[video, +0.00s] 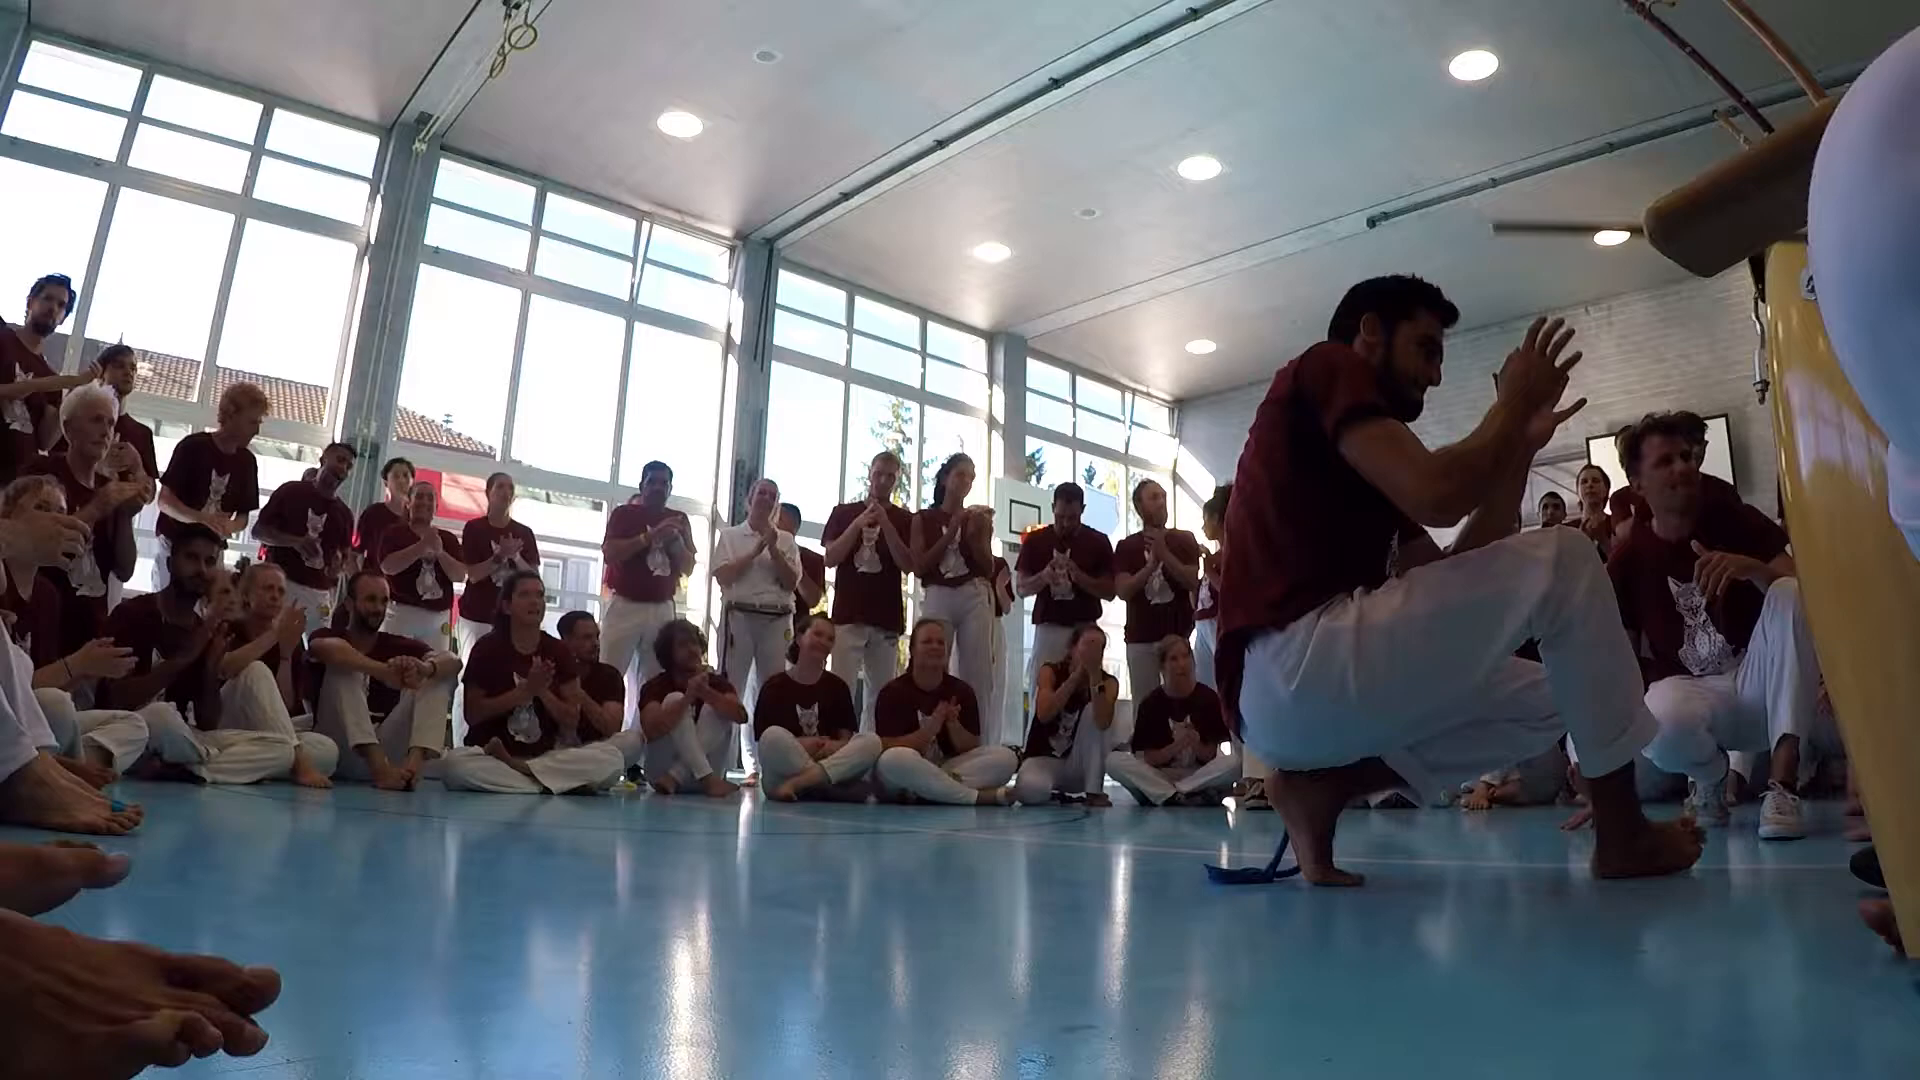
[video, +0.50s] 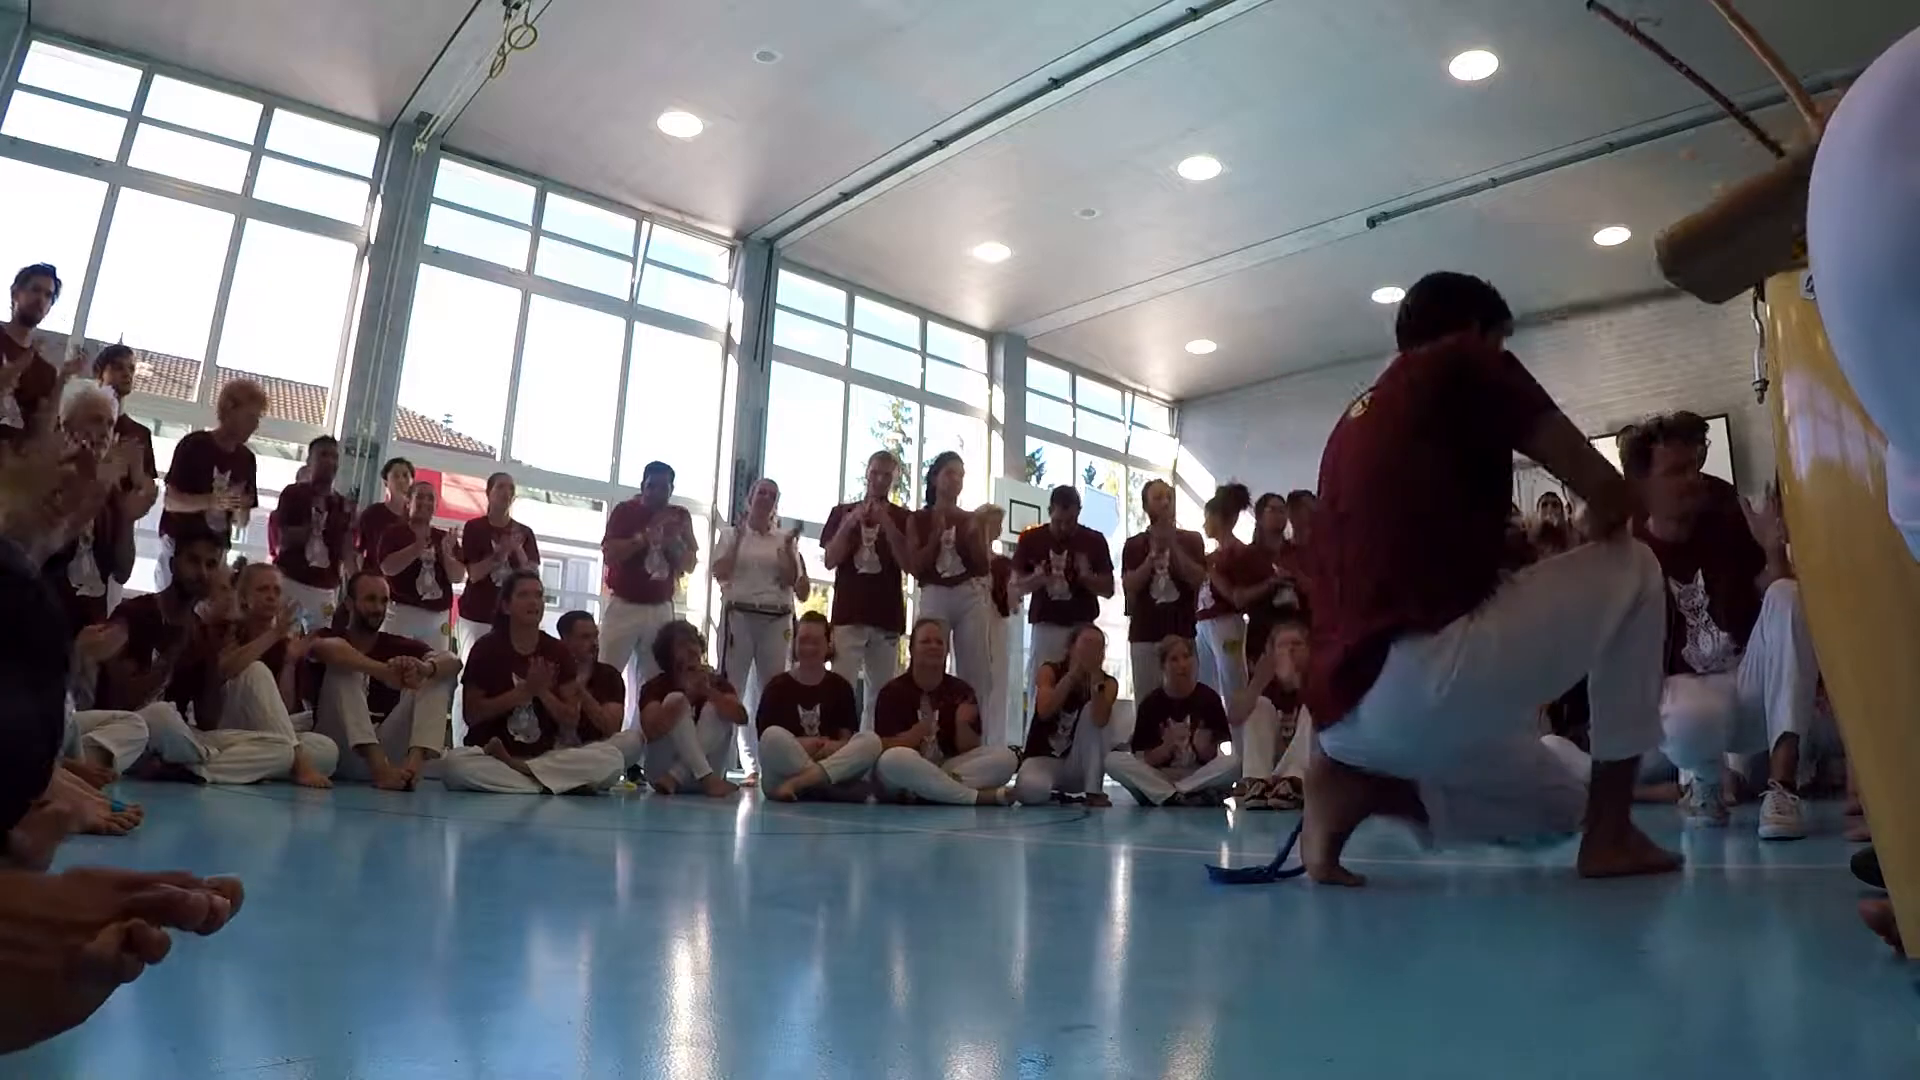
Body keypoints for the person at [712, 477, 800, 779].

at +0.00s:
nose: (765, 498)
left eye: (771, 495)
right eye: (761, 493)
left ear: (777, 503)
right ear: (749, 498)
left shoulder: (786, 539)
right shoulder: (730, 534)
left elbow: (791, 583)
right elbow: (724, 577)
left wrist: (774, 548)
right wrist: (757, 548)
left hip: (777, 619)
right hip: (738, 617)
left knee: (774, 690)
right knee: (730, 688)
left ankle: (769, 762)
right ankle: (722, 763)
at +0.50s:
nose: (765, 499)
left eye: (770, 495)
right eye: (761, 493)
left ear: (776, 502)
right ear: (749, 497)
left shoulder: (785, 540)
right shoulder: (733, 535)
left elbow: (800, 589)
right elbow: (720, 573)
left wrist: (789, 557)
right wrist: (738, 538)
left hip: (776, 617)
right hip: (738, 615)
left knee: (773, 690)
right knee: (731, 689)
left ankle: (770, 763)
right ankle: (723, 763)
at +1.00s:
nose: (764, 499)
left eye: (769, 496)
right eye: (760, 494)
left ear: (776, 503)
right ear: (748, 498)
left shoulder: (785, 539)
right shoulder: (730, 534)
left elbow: (789, 576)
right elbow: (721, 574)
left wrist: (768, 545)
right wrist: (754, 552)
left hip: (776, 617)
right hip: (738, 615)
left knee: (773, 690)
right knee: (730, 689)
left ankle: (770, 762)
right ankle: (725, 763)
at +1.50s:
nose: (763, 499)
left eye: (768, 496)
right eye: (759, 494)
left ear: (775, 504)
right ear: (747, 498)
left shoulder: (785, 539)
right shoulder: (729, 535)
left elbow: (788, 578)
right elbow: (721, 575)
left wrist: (769, 545)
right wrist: (754, 549)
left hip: (776, 617)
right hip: (738, 616)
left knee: (773, 690)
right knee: (730, 688)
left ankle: (766, 762)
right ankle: (725, 763)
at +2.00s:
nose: (763, 499)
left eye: (769, 496)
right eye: (759, 494)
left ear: (775, 503)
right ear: (748, 497)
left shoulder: (783, 537)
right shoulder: (729, 534)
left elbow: (791, 576)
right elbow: (718, 574)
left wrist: (777, 547)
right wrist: (746, 546)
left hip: (776, 617)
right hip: (737, 615)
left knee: (772, 688)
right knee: (731, 686)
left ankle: (769, 757)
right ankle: (726, 757)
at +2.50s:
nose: (763, 499)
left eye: (768, 496)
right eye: (759, 494)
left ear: (775, 503)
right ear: (748, 498)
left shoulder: (783, 538)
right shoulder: (729, 534)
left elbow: (790, 580)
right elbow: (718, 576)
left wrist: (788, 543)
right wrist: (733, 542)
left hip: (776, 617)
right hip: (738, 615)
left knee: (773, 689)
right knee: (730, 688)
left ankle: (769, 757)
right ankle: (723, 758)